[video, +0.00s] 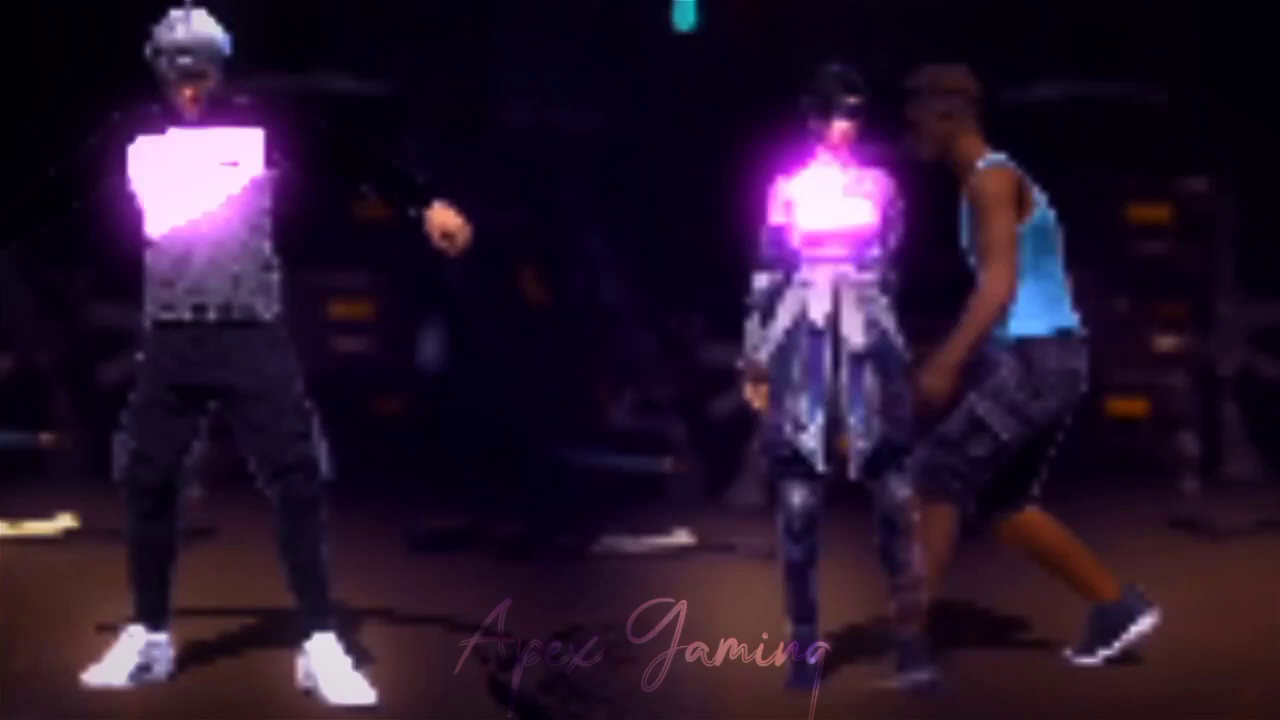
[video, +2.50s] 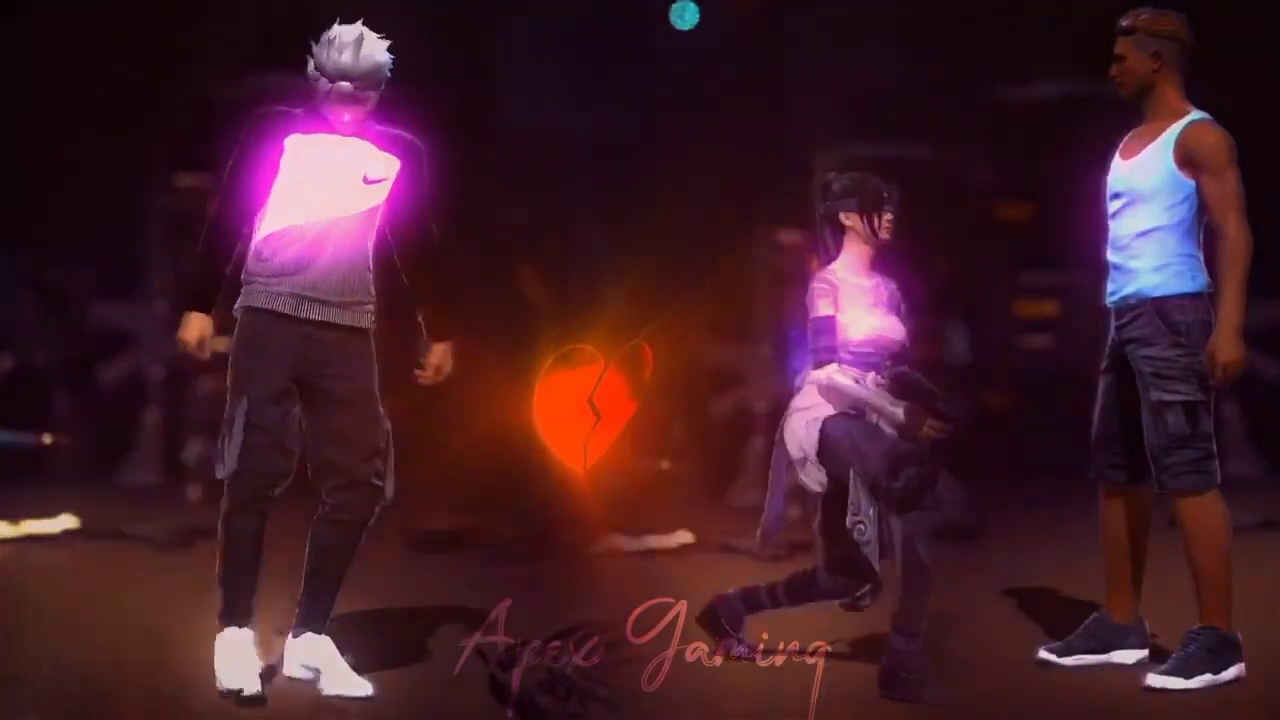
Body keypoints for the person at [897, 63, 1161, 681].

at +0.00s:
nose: (915, 137)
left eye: (920, 124)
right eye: (914, 125)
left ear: (949, 119)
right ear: (958, 120)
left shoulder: (992, 180)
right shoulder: (999, 177)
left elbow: (998, 285)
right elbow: (1005, 287)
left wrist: (945, 363)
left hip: (1036, 354)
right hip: (1050, 353)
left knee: (937, 477)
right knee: (1006, 502)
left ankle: (910, 636)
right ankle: (1115, 605)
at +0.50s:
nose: (997, 84)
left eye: (1004, 73)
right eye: (997, 74)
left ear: (1040, 74)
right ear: (1033, 76)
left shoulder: (1080, 136)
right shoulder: (1050, 144)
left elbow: (1113, 224)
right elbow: (1068, 239)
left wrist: (1118, 317)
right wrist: (1047, 319)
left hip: (1079, 323)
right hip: (1070, 321)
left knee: (1007, 463)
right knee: (1076, 476)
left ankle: (1054, 621)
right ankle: (1120, 623)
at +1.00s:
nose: (1085, 70)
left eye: (1095, 59)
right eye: (1086, 60)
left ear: (1133, 61)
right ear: (1123, 64)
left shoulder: (1170, 131)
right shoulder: (1120, 139)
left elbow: (1211, 223)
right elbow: (1124, 240)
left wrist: (1217, 322)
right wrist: (1107, 327)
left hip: (1153, 319)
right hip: (1117, 321)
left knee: (1152, 474)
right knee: (1122, 475)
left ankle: (1199, 634)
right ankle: (1121, 625)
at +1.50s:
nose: (1112, 68)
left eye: (1122, 58)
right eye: (1113, 58)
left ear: (1158, 62)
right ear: (1143, 64)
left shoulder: (1199, 135)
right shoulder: (1133, 139)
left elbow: (1234, 231)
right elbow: (1136, 239)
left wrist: (1230, 328)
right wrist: (1118, 320)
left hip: (1173, 320)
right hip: (1125, 322)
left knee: (1187, 477)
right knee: (1117, 471)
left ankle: (1215, 636)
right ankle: (1120, 623)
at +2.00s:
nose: (1113, 68)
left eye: (1122, 58)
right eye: (1113, 59)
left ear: (1159, 62)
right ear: (1143, 64)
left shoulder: (1200, 135)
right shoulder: (1133, 140)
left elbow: (1234, 233)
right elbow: (1136, 239)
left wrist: (1228, 328)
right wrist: (1118, 320)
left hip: (1173, 320)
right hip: (1125, 322)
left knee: (1189, 478)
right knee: (1118, 473)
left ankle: (1216, 636)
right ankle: (1120, 623)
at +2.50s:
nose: (1113, 68)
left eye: (1122, 58)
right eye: (1113, 58)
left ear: (1159, 62)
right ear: (1144, 64)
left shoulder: (1200, 135)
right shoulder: (1133, 140)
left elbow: (1234, 233)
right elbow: (1134, 240)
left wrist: (1227, 328)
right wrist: (1116, 323)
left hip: (1172, 320)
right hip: (1125, 322)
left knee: (1189, 476)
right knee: (1117, 471)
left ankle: (1216, 637)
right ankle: (1121, 623)